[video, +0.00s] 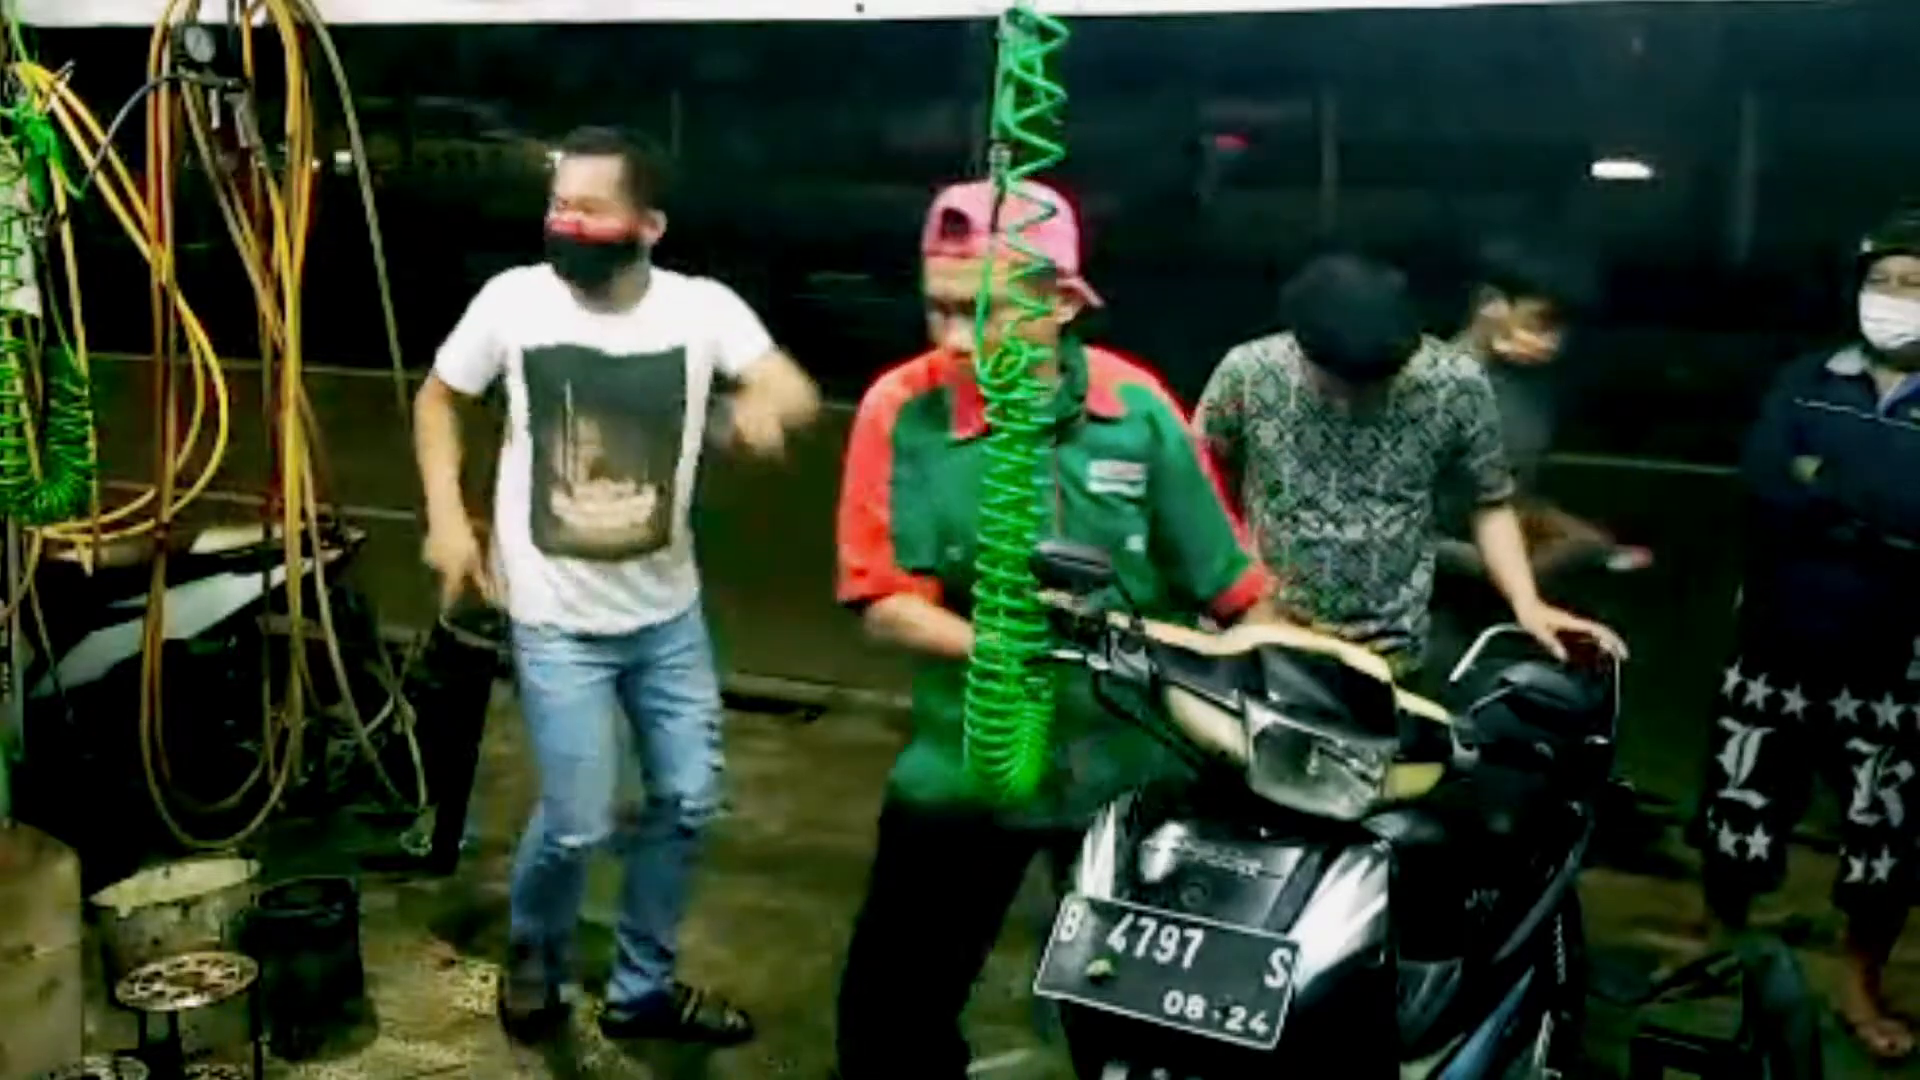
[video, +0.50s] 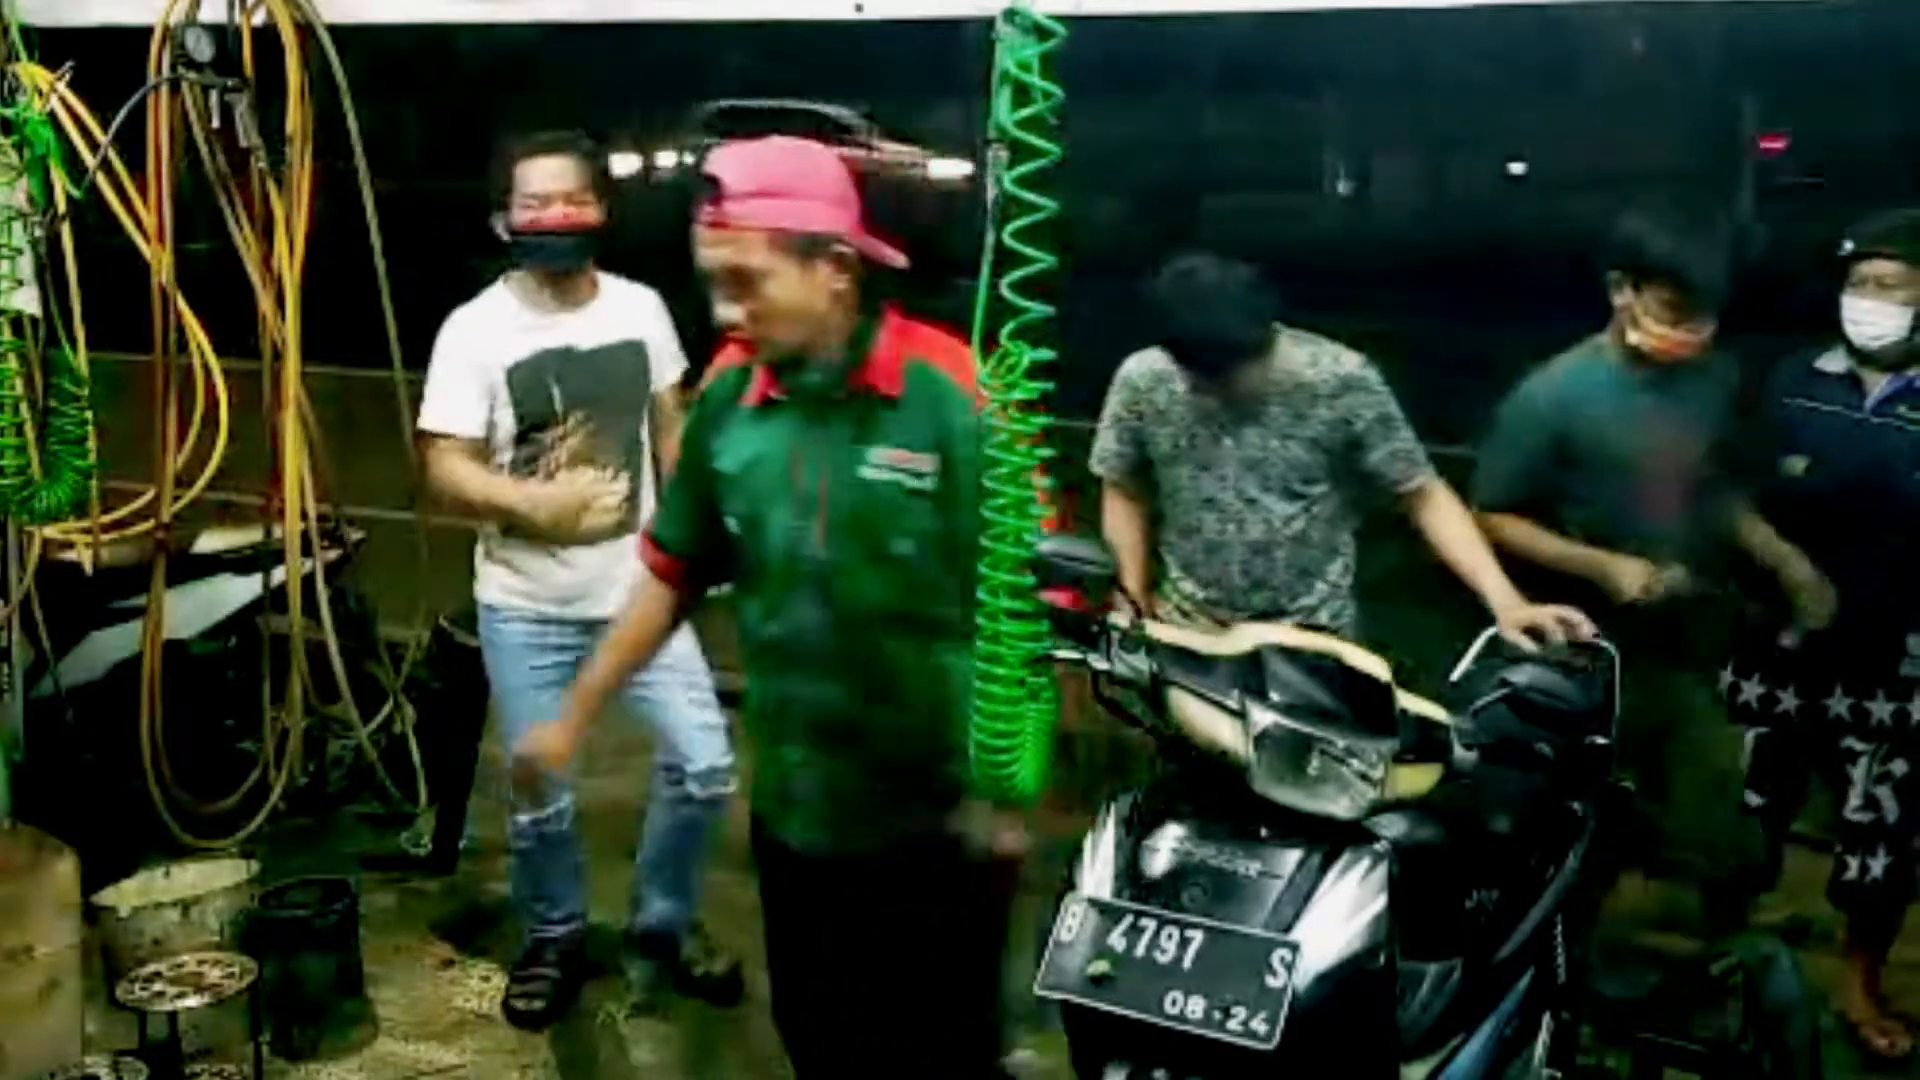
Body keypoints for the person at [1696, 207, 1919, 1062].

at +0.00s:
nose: (1897, 301)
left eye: (1913, 288)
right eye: (1885, 284)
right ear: (1858, 293)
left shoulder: (1918, 412)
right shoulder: (1807, 385)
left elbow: (1910, 517)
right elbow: (1761, 484)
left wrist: (1820, 475)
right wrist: (1871, 520)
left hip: (1889, 660)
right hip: (1782, 644)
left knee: (1884, 841)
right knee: (1737, 813)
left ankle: (1862, 981)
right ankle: (1716, 944)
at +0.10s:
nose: (1894, 302)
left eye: (1911, 288)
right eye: (1882, 285)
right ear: (1855, 294)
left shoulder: (1918, 413)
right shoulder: (1806, 386)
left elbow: (1910, 521)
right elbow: (1757, 486)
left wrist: (1819, 478)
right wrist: (1868, 519)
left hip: (1889, 658)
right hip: (1781, 641)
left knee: (1883, 839)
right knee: (1736, 810)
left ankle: (1862, 982)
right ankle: (1717, 944)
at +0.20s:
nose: (1891, 303)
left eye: (1908, 289)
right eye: (1879, 286)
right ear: (1852, 294)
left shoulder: (1918, 413)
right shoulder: (1804, 385)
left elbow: (1910, 521)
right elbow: (1751, 485)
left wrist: (1817, 482)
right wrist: (1860, 517)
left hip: (1889, 656)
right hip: (1781, 639)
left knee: (1883, 839)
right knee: (1736, 810)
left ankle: (1863, 983)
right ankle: (1717, 945)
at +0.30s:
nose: (1883, 304)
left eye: (1902, 290)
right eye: (1871, 286)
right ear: (1847, 293)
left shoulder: (1918, 412)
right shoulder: (1800, 384)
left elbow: (1910, 514)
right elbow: (1750, 486)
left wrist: (1815, 477)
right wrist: (1865, 506)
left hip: (1889, 650)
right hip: (1782, 632)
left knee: (1883, 835)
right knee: (1736, 805)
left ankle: (1863, 984)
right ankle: (1717, 944)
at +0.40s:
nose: (1879, 304)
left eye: (1899, 291)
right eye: (1868, 286)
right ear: (1845, 293)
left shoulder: (1917, 411)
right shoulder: (1799, 384)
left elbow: (1909, 512)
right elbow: (1748, 483)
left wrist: (1814, 476)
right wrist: (1860, 507)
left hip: (1890, 649)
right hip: (1782, 632)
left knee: (1883, 832)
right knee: (1737, 799)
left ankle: (1863, 980)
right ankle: (1719, 932)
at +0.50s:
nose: (1876, 306)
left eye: (1896, 292)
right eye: (1864, 288)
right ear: (1838, 296)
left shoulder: (1918, 406)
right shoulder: (1787, 388)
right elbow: (1725, 496)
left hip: (1892, 656)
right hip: (1784, 643)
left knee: (1886, 837)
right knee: (1757, 808)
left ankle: (1862, 984)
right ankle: (1724, 942)